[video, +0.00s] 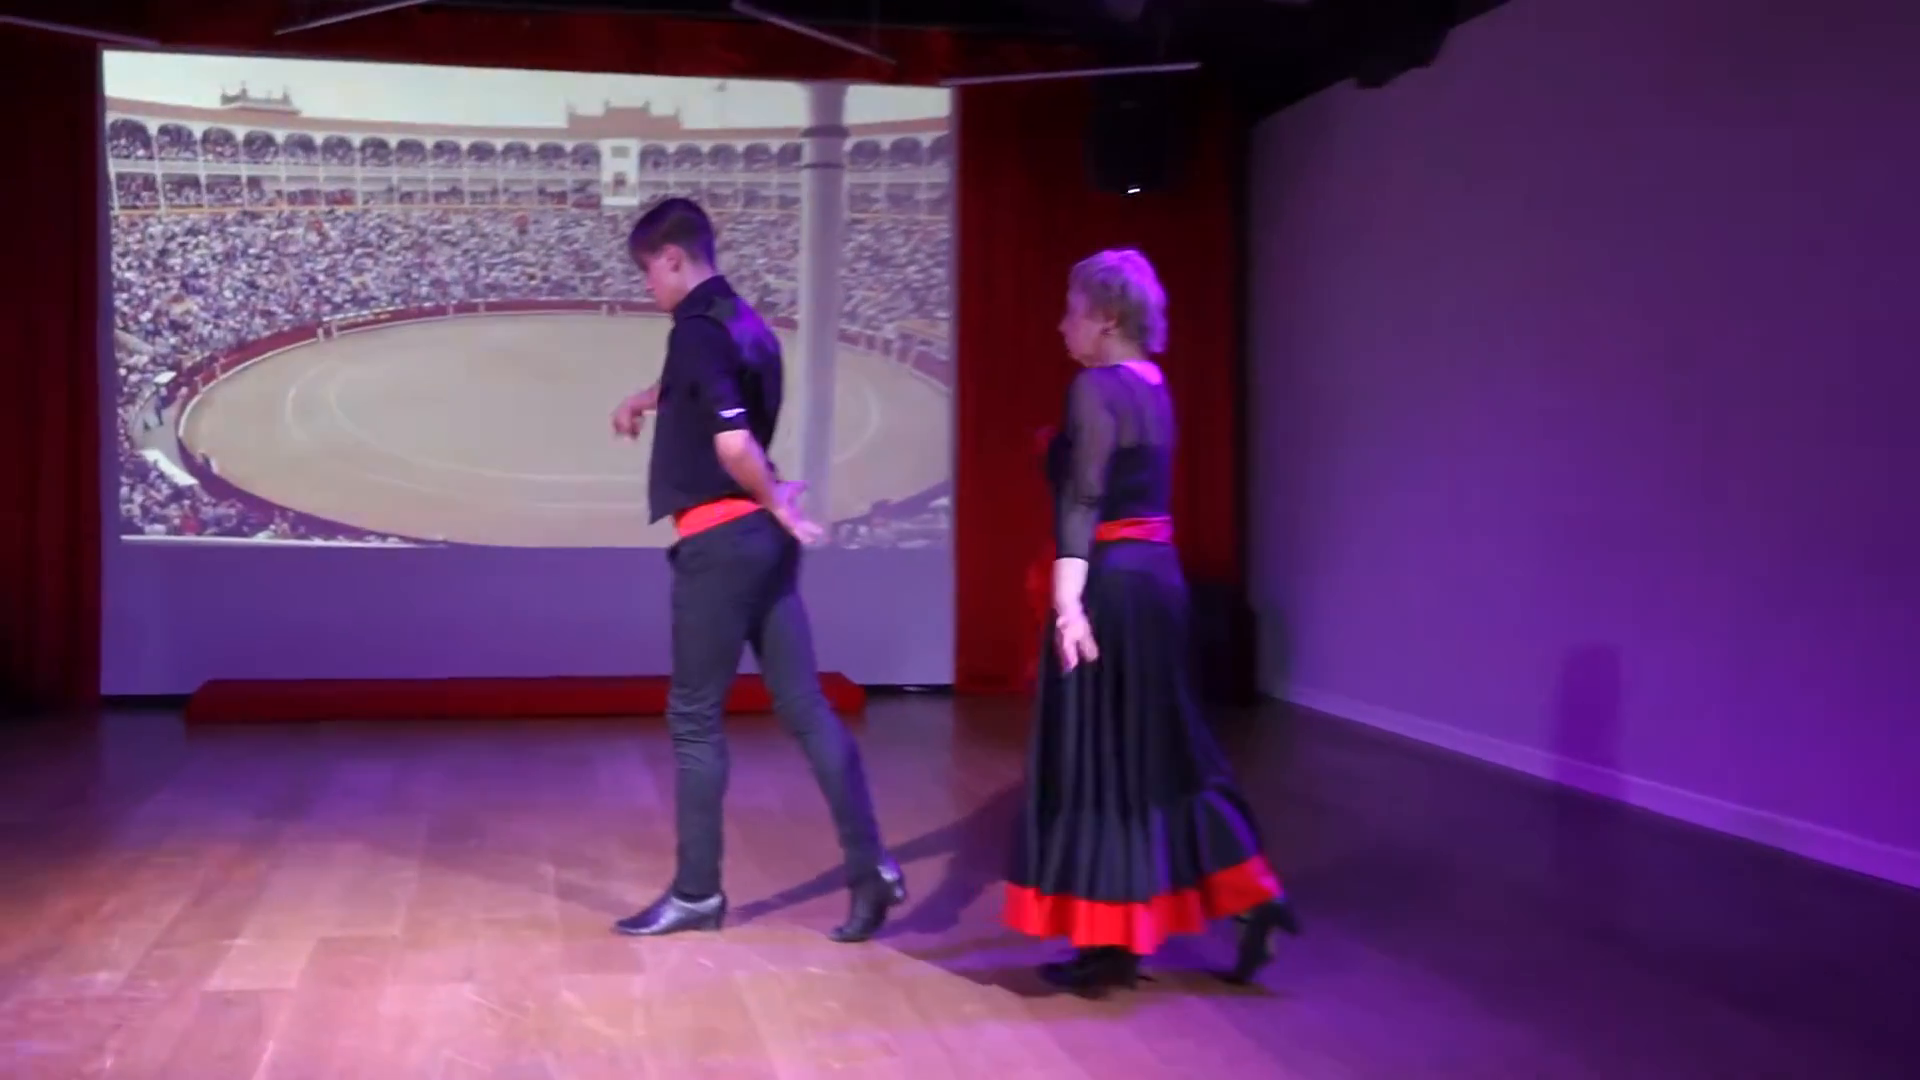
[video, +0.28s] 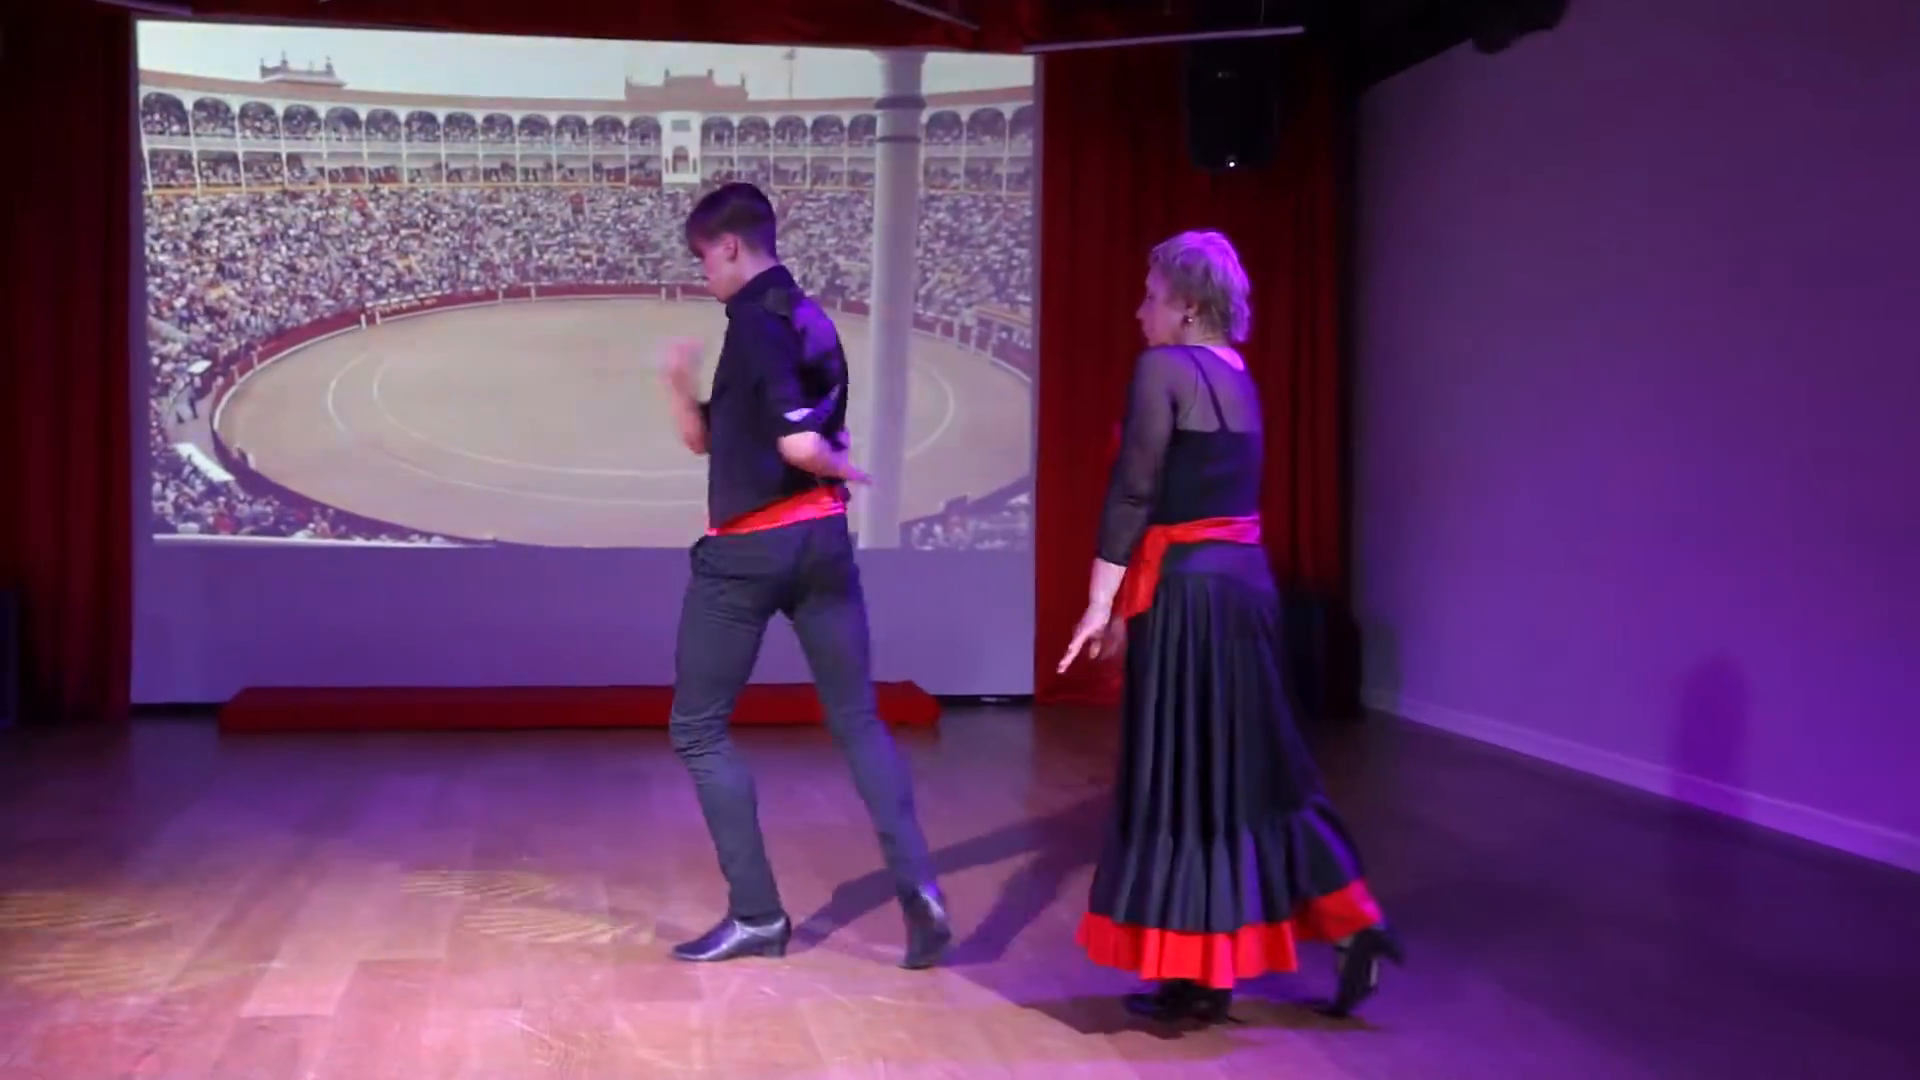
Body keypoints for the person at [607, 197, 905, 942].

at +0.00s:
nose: (647, 286)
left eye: (648, 271)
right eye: (644, 272)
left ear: (675, 260)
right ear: (694, 257)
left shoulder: (697, 330)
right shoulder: (739, 314)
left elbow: (731, 443)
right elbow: (703, 383)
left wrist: (777, 501)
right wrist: (649, 400)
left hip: (717, 549)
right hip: (760, 541)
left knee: (695, 722)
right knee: (805, 707)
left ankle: (697, 892)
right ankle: (872, 871)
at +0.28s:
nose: (701, 271)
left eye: (705, 255)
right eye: (698, 256)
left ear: (738, 247)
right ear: (761, 244)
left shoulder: (757, 319)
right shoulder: (797, 313)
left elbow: (797, 443)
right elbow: (709, 440)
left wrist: (837, 462)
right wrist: (680, 388)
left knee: (699, 728)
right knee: (857, 720)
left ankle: (757, 914)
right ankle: (921, 892)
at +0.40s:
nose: (694, 274)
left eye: (695, 257)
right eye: (691, 259)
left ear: (725, 244)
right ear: (757, 244)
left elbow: (700, 398)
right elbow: (854, 450)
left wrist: (740, 487)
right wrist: (792, 448)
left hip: (734, 548)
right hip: (802, 541)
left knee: (713, 733)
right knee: (765, 719)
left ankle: (757, 920)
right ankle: (827, 886)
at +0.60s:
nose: (671, 282)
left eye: (672, 262)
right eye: (666, 265)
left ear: (711, 244)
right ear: (734, 245)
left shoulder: (727, 310)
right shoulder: (818, 317)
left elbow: (640, 358)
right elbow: (878, 431)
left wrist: (568, 460)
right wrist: (826, 521)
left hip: (734, 538)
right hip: (780, 538)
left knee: (726, 725)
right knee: (721, 718)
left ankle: (760, 916)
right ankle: (759, 907)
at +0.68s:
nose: (665, 287)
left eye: (666, 268)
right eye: (659, 272)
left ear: (704, 246)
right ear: (723, 247)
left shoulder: (728, 313)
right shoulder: (812, 314)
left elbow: (647, 353)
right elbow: (873, 416)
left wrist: (560, 439)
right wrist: (832, 500)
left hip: (731, 537)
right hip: (780, 536)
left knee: (728, 728)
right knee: (730, 721)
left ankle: (760, 917)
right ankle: (759, 908)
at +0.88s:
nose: (657, 289)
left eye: (658, 268)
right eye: (651, 273)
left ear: (697, 244)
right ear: (712, 246)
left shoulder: (727, 306)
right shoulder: (794, 304)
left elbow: (653, 334)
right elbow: (863, 390)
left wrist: (557, 388)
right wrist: (827, 480)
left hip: (730, 536)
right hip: (780, 531)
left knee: (734, 728)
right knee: (740, 722)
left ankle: (758, 916)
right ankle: (758, 908)